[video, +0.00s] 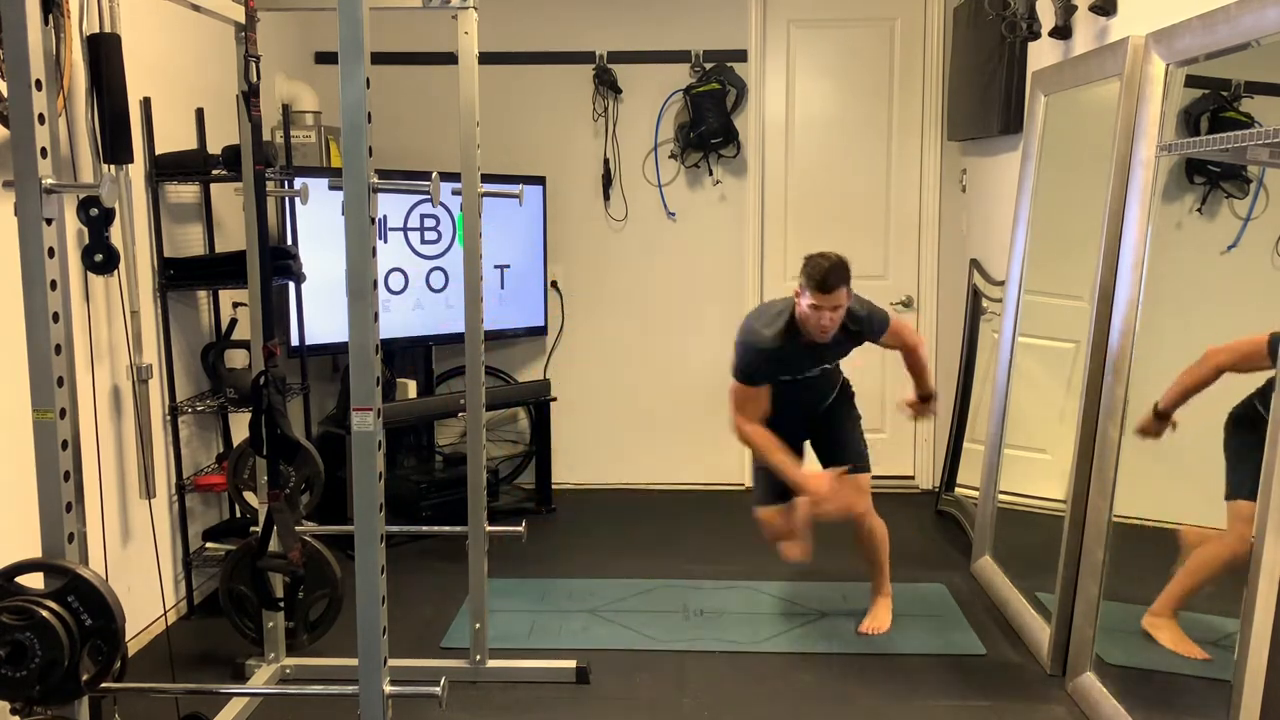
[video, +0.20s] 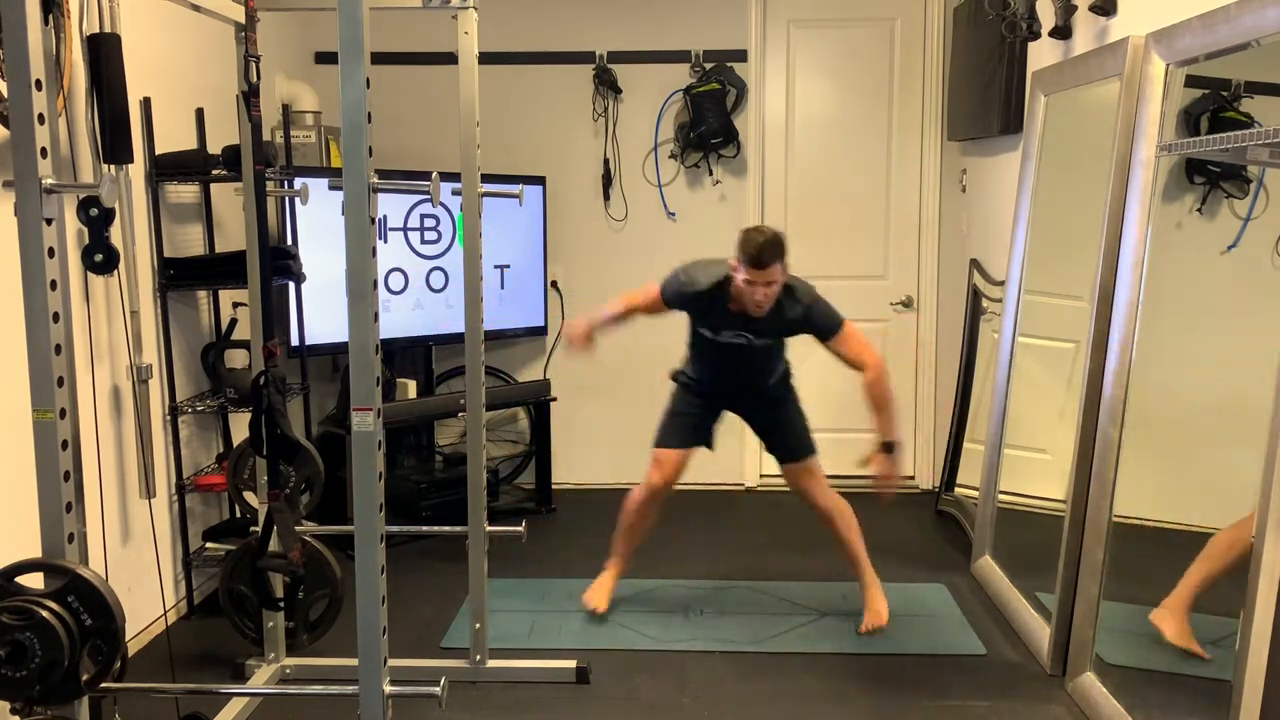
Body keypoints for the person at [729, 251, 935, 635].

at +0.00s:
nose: (826, 320)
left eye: (836, 309)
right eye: (816, 308)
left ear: (847, 299)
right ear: (798, 297)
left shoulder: (859, 318)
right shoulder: (760, 337)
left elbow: (911, 342)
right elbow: (747, 422)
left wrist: (925, 395)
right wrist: (804, 480)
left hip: (829, 400)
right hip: (774, 411)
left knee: (860, 506)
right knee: (772, 522)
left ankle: (882, 595)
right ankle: (801, 514)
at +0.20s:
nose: (763, 294)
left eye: (772, 285)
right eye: (753, 284)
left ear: (783, 274)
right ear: (735, 271)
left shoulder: (801, 303)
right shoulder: (699, 284)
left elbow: (872, 363)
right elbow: (636, 304)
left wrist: (888, 445)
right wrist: (591, 322)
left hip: (767, 392)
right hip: (700, 387)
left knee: (814, 491)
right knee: (656, 482)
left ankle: (870, 585)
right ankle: (611, 571)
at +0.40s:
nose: (672, 309)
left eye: (682, 300)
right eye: (664, 298)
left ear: (698, 290)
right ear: (651, 285)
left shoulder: (714, 329)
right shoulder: (631, 277)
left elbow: (723, 426)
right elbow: (582, 240)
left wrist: (647, 455)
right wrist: (530, 213)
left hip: (683, 401)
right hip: (631, 386)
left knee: (684, 506)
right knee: (602, 490)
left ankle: (659, 508)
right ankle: (577, 597)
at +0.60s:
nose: (632, 336)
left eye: (642, 326)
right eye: (623, 325)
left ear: (659, 314)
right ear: (612, 309)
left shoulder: (670, 362)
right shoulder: (607, 293)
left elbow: (591, 419)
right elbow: (561, 264)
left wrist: (541, 371)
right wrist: (511, 248)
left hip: (638, 425)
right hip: (598, 392)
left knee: (561, 475)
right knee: (581, 495)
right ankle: (574, 598)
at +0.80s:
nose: (631, 342)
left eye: (641, 332)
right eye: (622, 332)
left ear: (655, 320)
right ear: (606, 316)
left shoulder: (673, 357)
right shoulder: (594, 303)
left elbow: (641, 455)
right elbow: (536, 282)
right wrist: (472, 289)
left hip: (631, 430)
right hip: (588, 403)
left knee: (583, 507)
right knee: (575, 496)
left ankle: (518, 536)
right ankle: (572, 599)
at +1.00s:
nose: (657, 324)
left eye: (664, 313)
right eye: (646, 315)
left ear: (673, 302)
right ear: (625, 304)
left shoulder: (697, 328)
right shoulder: (598, 319)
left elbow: (770, 381)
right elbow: (513, 347)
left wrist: (780, 454)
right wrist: (489, 419)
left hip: (666, 411)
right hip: (604, 407)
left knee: (687, 514)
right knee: (585, 501)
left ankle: (692, 530)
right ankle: (573, 601)